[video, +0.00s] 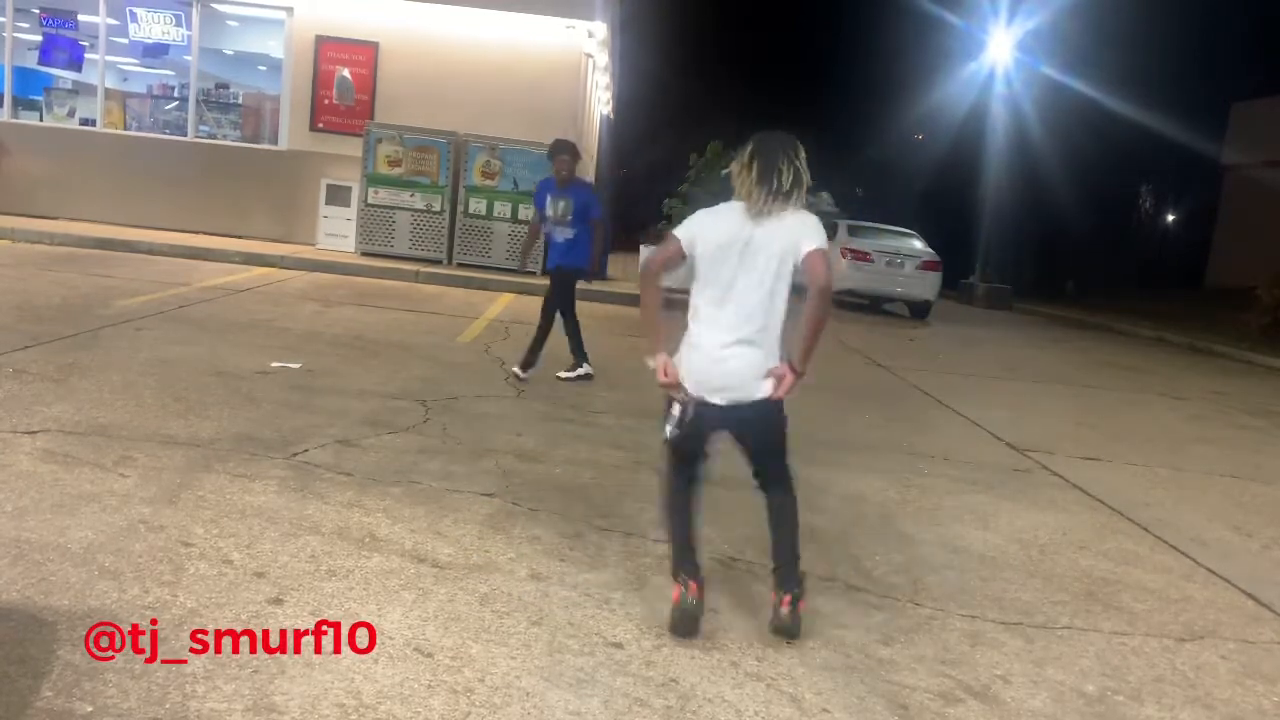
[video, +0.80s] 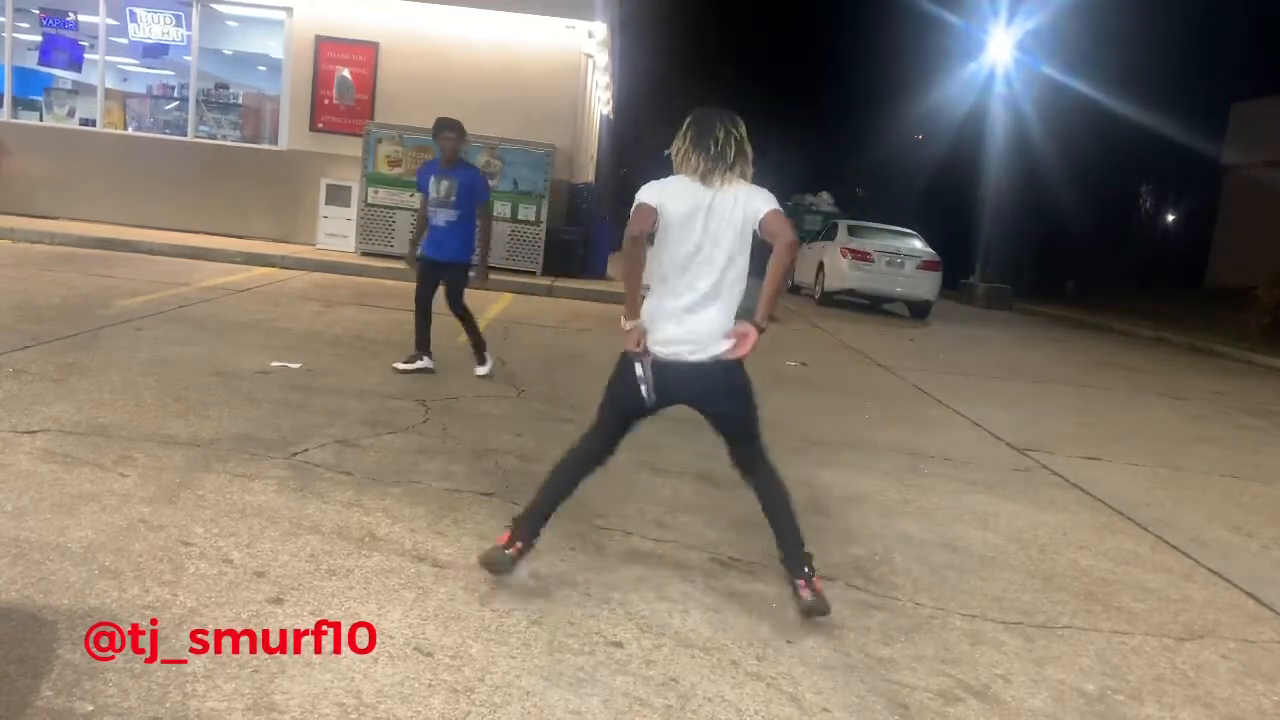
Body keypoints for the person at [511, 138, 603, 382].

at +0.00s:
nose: (564, 166)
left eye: (569, 162)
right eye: (559, 162)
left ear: (576, 164)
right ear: (552, 163)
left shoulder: (585, 191)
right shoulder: (544, 188)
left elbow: (598, 226)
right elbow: (537, 222)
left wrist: (595, 261)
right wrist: (524, 255)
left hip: (575, 259)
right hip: (554, 257)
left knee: (548, 308)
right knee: (568, 311)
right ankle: (581, 362)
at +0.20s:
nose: (543, 167)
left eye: (548, 162)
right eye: (539, 161)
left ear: (556, 165)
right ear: (531, 163)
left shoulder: (564, 195)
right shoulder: (521, 186)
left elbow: (570, 235)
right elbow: (514, 226)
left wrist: (566, 272)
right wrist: (504, 264)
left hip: (550, 262)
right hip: (527, 259)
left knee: (527, 308)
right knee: (527, 308)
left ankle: (516, 362)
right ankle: (563, 346)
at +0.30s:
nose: (528, 162)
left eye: (533, 157)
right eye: (524, 156)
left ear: (542, 160)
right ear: (516, 158)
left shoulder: (550, 190)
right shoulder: (505, 181)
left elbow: (555, 232)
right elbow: (499, 221)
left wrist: (547, 269)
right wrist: (488, 257)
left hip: (532, 258)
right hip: (509, 254)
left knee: (518, 306)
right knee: (495, 302)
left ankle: (515, 363)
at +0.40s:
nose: (516, 157)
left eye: (522, 152)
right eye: (512, 151)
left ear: (530, 154)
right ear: (504, 152)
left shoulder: (540, 184)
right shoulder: (494, 178)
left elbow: (550, 226)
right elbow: (490, 216)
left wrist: (536, 259)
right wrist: (478, 252)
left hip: (523, 256)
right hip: (497, 252)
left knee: (516, 306)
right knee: (480, 297)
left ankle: (515, 362)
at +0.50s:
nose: (497, 156)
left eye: (502, 151)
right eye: (493, 151)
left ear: (510, 154)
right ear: (484, 153)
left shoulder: (522, 185)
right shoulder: (475, 179)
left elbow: (533, 228)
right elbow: (470, 217)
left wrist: (520, 259)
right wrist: (459, 247)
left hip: (508, 260)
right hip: (481, 256)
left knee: (511, 312)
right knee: (460, 301)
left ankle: (514, 365)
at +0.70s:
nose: (467, 152)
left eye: (472, 147)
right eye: (462, 147)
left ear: (479, 151)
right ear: (452, 149)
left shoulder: (490, 183)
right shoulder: (445, 178)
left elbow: (502, 224)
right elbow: (443, 219)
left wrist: (501, 264)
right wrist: (434, 253)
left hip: (478, 260)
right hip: (449, 256)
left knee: (485, 309)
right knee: (428, 302)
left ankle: (509, 361)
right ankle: (423, 356)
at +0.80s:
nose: (450, 145)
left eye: (454, 140)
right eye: (445, 140)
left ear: (462, 143)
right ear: (436, 142)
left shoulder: (473, 176)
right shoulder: (427, 171)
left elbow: (485, 220)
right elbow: (424, 211)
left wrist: (483, 260)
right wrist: (413, 245)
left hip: (459, 253)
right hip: (432, 250)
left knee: (455, 303)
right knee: (422, 301)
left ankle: (480, 352)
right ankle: (423, 354)